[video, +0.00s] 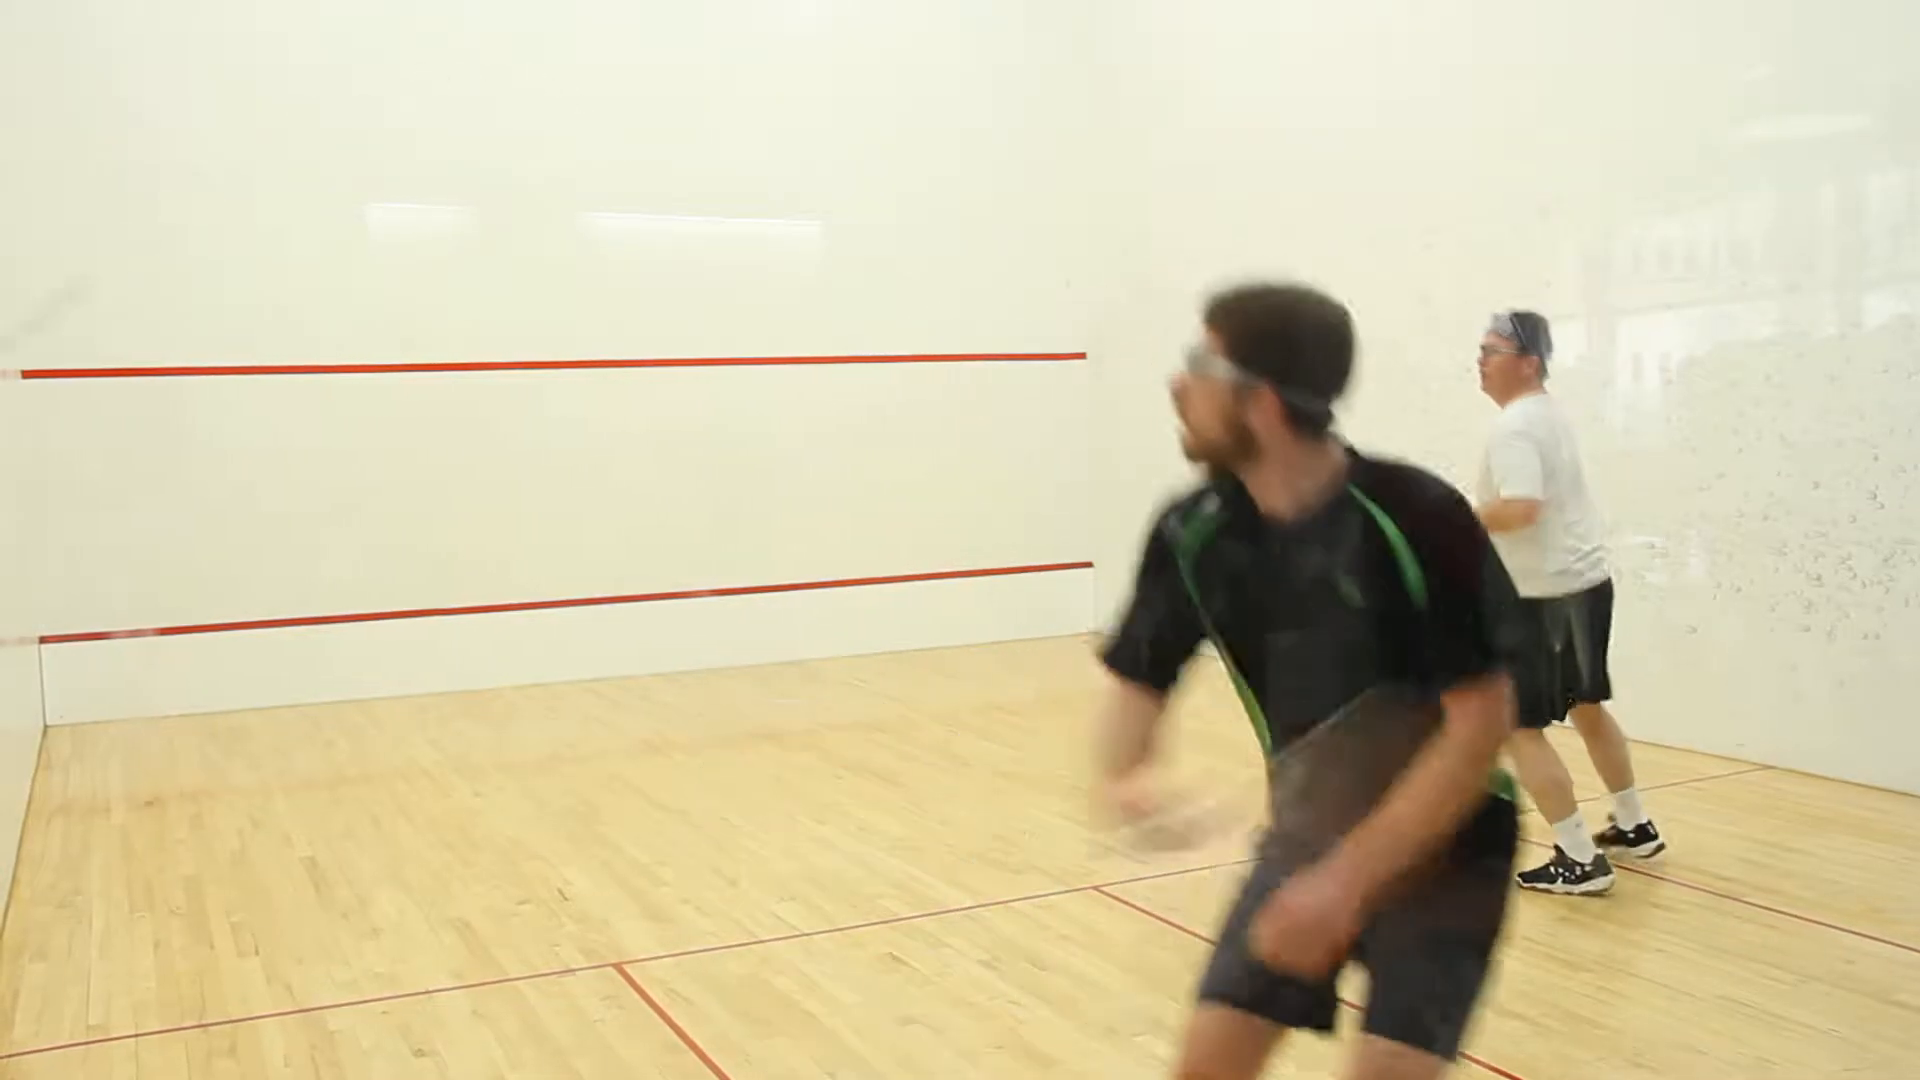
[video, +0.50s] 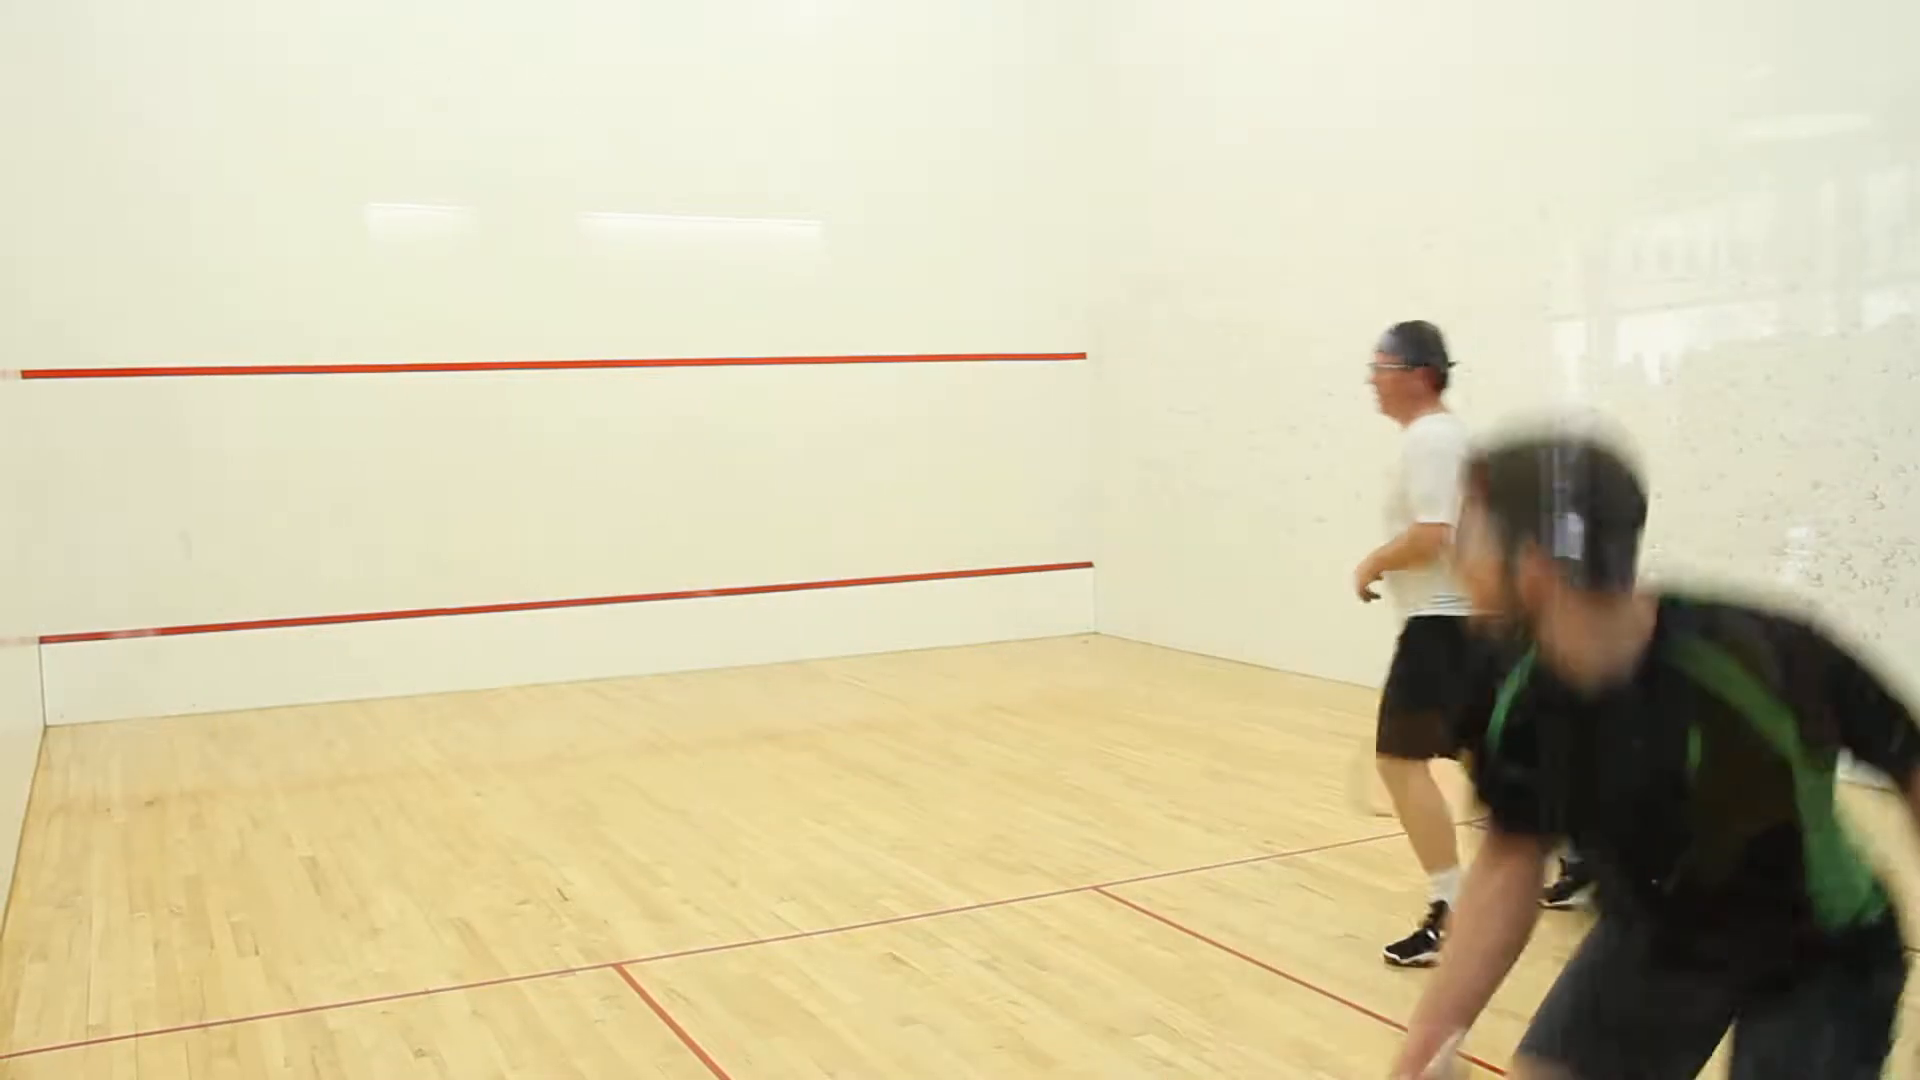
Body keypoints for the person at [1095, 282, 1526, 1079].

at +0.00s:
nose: (1176, 384)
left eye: (1199, 365)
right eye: (1188, 361)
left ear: (1260, 405)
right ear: (1258, 406)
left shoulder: (1418, 517)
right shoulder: (1194, 535)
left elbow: (1483, 720)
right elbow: (1137, 681)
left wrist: (1343, 879)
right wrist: (1129, 779)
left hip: (1443, 837)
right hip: (1306, 835)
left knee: (1388, 1064)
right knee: (1208, 1061)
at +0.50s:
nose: (1459, 558)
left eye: (1473, 536)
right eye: (1465, 535)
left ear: (1536, 567)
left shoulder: (1760, 660)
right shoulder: (1528, 706)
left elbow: (1911, 765)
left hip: (1819, 946)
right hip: (1660, 935)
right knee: (1544, 1067)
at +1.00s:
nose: (1569, 439)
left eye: (1574, 419)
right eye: (1571, 420)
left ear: (1597, 428)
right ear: (1660, 423)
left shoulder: (1617, 534)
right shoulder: (1771, 519)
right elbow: (1902, 633)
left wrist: (1571, 832)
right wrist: (1828, 727)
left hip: (1808, 844)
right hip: (1879, 808)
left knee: (1858, 1056)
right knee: (1754, 970)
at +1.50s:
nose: (1291, 421)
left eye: (1304, 405)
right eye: (1295, 403)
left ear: (1352, 415)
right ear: (1369, 416)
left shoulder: (1345, 498)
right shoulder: (1466, 476)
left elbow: (1385, 602)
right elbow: (1544, 579)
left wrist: (1369, 741)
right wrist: (1469, 645)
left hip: (1428, 738)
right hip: (1516, 727)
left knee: (1352, 851)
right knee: (1549, 913)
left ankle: (1368, 1029)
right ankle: (1715, 1037)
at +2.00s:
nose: (1214, 456)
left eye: (1218, 445)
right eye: (1219, 443)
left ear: (1230, 454)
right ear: (1281, 453)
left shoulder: (1237, 533)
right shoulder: (1342, 521)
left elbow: (1223, 648)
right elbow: (1393, 631)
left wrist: (1162, 703)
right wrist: (1323, 654)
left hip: (1298, 738)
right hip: (1381, 729)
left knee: (1174, 837)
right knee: (1325, 794)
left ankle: (1150, 1009)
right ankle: (1364, 921)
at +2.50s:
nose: (1452, 447)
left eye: (1454, 438)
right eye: (1457, 440)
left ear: (1462, 439)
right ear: (1516, 458)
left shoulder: (1425, 480)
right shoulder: (1526, 542)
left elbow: (1357, 544)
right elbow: (1479, 621)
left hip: (1370, 676)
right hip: (1451, 696)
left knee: (1287, 807)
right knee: (1477, 789)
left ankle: (1217, 941)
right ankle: (1498, 933)